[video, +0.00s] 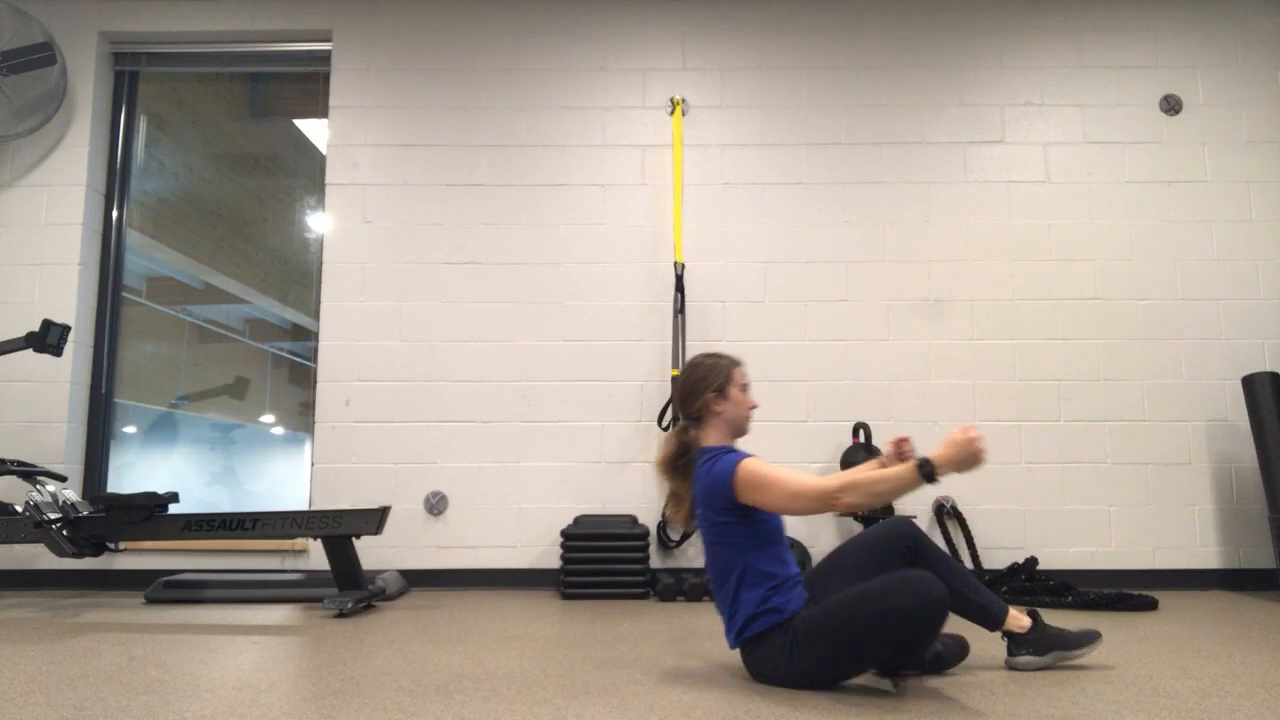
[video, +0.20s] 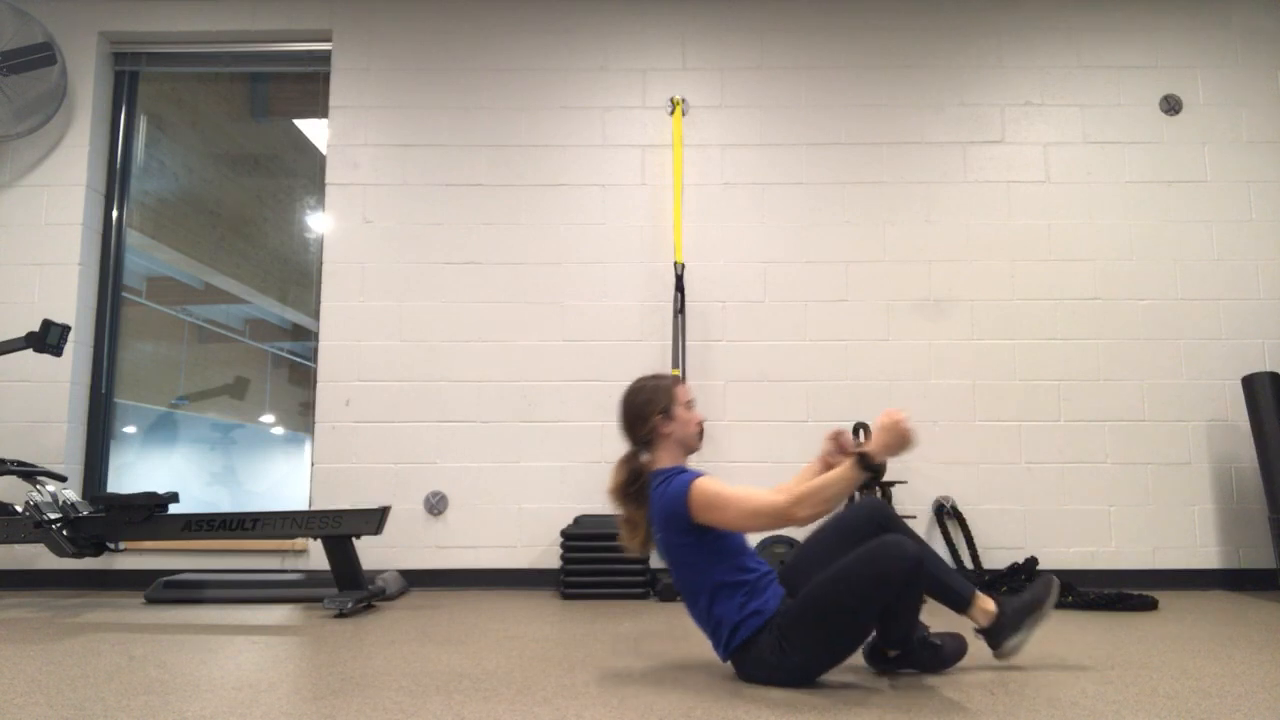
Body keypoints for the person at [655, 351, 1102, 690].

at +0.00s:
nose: (753, 401)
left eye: (749, 389)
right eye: (744, 391)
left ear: (715, 401)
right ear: (714, 402)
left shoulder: (723, 464)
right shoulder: (725, 470)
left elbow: (821, 494)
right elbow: (833, 498)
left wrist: (880, 467)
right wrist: (934, 466)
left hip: (790, 612)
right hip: (779, 644)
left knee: (900, 535)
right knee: (924, 590)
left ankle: (1019, 628)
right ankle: (905, 659)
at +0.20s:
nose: (699, 416)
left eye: (693, 406)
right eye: (688, 408)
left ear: (661, 425)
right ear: (662, 424)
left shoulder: (678, 482)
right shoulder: (678, 491)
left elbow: (777, 504)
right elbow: (793, 511)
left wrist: (822, 463)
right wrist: (873, 455)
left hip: (772, 613)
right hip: (770, 647)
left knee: (873, 516)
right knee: (900, 550)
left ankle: (989, 613)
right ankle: (898, 645)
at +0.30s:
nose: (674, 428)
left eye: (667, 418)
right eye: (661, 421)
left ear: (638, 442)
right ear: (636, 442)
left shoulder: (661, 496)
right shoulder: (658, 507)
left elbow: (749, 524)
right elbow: (764, 531)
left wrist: (784, 471)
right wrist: (826, 462)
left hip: (763, 613)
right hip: (761, 648)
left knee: (851, 502)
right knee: (884, 539)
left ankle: (975, 594)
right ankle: (897, 643)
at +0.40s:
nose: (644, 446)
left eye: (637, 436)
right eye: (631, 440)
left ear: (607, 463)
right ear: (607, 459)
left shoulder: (631, 518)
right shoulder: (634, 526)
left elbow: (727, 551)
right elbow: (746, 561)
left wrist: (743, 484)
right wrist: (775, 481)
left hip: (756, 616)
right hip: (757, 648)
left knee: (834, 493)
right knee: (866, 529)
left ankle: (964, 567)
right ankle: (904, 641)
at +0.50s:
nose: (617, 467)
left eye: (609, 459)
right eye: (605, 463)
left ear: (582, 485)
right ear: (581, 484)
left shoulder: (608, 535)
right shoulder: (613, 547)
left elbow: (705, 579)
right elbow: (720, 588)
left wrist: (706, 510)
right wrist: (723, 506)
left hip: (741, 624)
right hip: (750, 649)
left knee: (811, 482)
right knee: (842, 508)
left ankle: (950, 537)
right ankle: (921, 624)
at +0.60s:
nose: (589, 494)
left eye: (581, 486)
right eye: (576, 491)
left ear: (557, 517)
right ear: (554, 516)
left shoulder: (594, 558)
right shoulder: (596, 576)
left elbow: (689, 592)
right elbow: (701, 608)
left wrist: (677, 524)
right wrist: (682, 529)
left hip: (731, 625)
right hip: (746, 651)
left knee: (785, 474)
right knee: (809, 493)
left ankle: (926, 506)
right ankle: (934, 582)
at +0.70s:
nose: (562, 518)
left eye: (551, 511)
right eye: (548, 518)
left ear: (535, 547)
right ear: (531, 547)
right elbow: (683, 621)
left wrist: (633, 539)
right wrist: (648, 548)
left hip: (733, 624)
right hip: (743, 648)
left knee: (747, 466)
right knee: (753, 477)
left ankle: (875, 464)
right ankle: (910, 512)